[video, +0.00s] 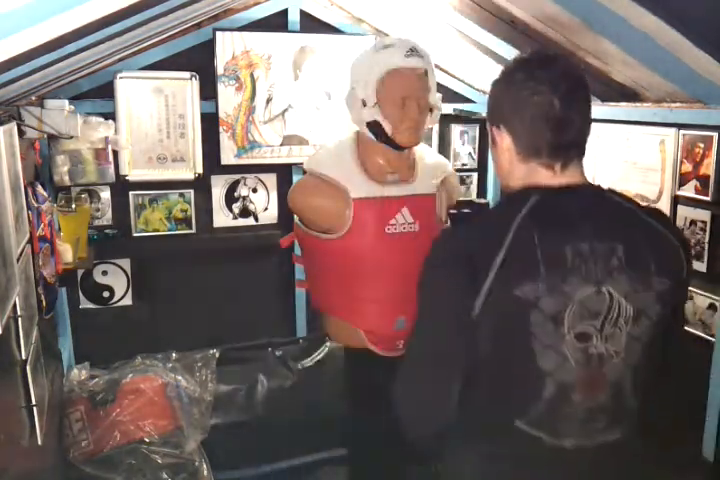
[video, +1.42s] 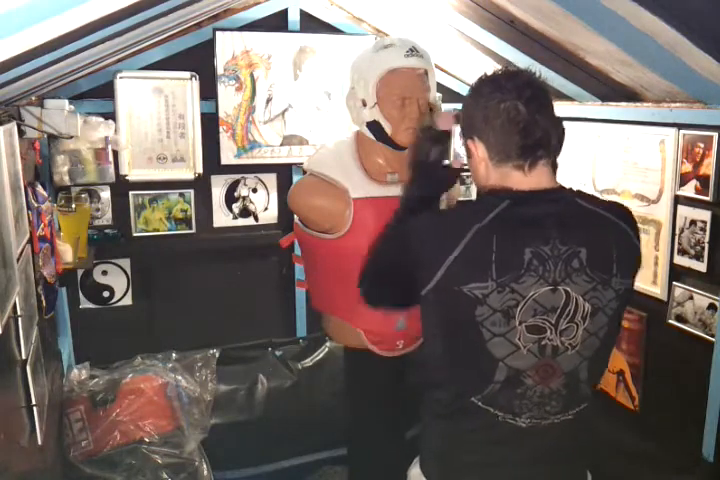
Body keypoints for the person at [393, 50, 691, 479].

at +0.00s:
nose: (491, 150)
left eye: (491, 137)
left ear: (500, 140)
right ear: (583, 133)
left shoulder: (474, 242)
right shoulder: (661, 239)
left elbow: (421, 412)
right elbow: (670, 397)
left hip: (501, 464)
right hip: (624, 464)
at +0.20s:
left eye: (474, 139)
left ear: (485, 149)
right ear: (565, 140)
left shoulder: (448, 231)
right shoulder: (636, 234)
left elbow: (371, 373)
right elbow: (635, 351)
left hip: (465, 458)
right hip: (590, 458)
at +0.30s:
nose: (471, 155)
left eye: (469, 143)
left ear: (479, 150)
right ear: (557, 141)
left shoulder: (438, 235)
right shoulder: (631, 249)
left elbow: (363, 350)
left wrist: (377, 463)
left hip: (452, 461)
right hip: (574, 463)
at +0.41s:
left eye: (465, 144)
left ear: (475, 152)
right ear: (553, 142)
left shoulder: (433, 234)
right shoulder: (628, 244)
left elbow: (365, 337)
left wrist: (374, 460)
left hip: (450, 458)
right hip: (565, 461)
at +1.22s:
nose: (466, 159)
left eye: (465, 148)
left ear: (476, 154)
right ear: (551, 143)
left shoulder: (440, 235)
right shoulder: (624, 238)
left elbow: (372, 359)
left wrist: (378, 467)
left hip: (455, 461)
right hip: (566, 463)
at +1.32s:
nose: (467, 158)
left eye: (465, 146)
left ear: (477, 153)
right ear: (551, 142)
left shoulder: (437, 237)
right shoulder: (624, 236)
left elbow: (372, 345)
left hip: (458, 461)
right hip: (567, 462)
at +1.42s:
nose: (468, 158)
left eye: (466, 146)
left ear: (477, 152)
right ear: (556, 141)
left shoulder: (443, 234)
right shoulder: (618, 229)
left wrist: (421, 188)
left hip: (463, 459)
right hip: (567, 458)